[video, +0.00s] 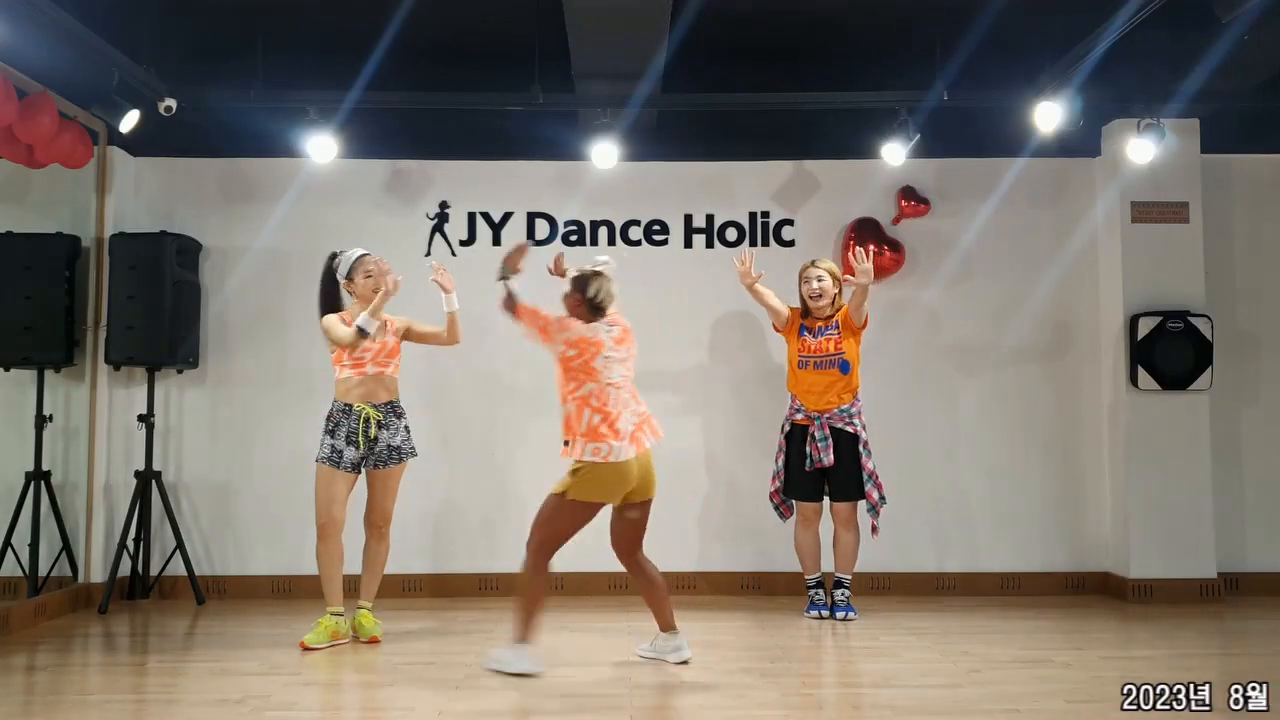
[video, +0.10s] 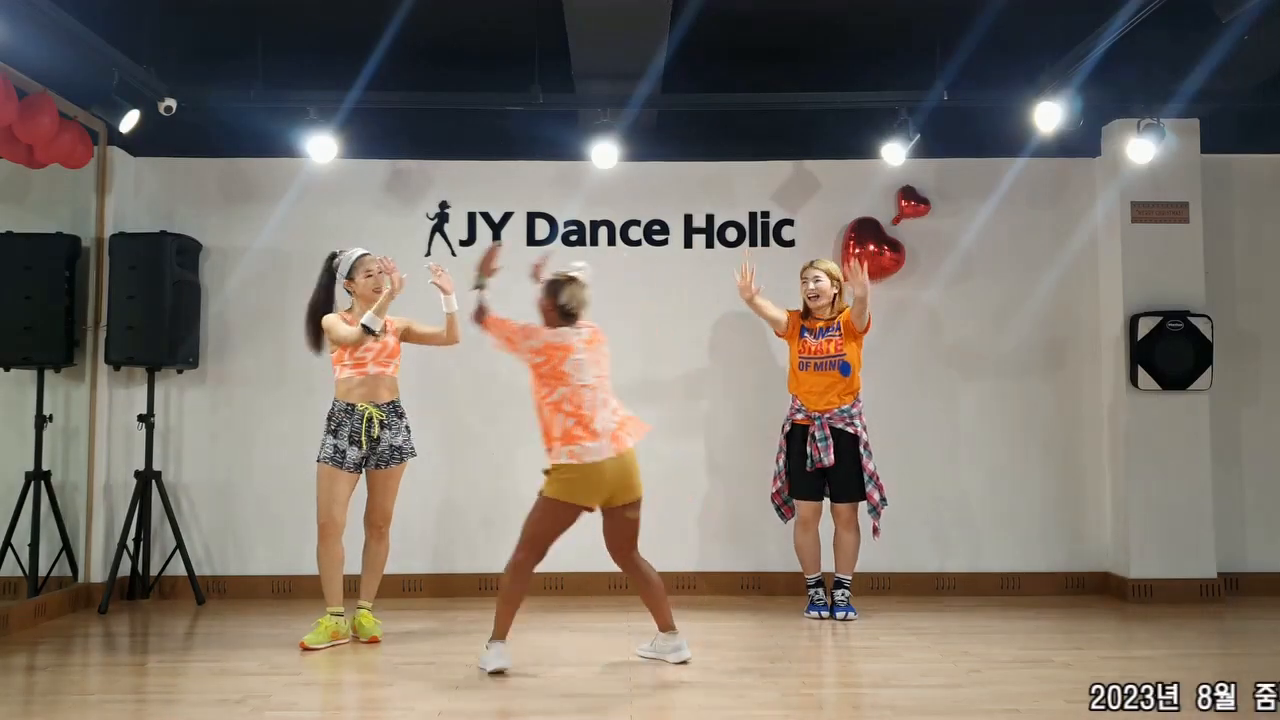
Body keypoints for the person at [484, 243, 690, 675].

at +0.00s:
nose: (566, 299)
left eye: (571, 295)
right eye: (568, 293)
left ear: (581, 302)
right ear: (604, 302)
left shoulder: (568, 334)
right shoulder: (622, 332)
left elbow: (512, 306)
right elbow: (601, 299)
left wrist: (507, 272)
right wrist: (569, 275)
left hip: (599, 467)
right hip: (640, 464)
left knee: (539, 548)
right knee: (630, 552)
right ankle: (672, 637)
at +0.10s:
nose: (540, 302)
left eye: (543, 297)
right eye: (541, 297)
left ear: (551, 305)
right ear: (579, 305)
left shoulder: (541, 343)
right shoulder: (595, 338)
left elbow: (481, 317)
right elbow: (563, 314)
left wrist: (482, 276)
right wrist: (544, 283)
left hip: (575, 470)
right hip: (622, 465)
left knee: (524, 559)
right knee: (627, 554)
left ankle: (496, 645)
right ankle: (671, 637)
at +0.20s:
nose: (511, 305)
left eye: (513, 301)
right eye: (511, 300)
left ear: (521, 306)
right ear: (550, 305)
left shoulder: (516, 344)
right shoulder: (568, 333)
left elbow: (457, 323)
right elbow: (526, 313)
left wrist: (443, 286)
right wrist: (492, 286)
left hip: (569, 460)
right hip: (615, 449)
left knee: (521, 552)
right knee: (635, 544)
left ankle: (497, 643)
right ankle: (670, 636)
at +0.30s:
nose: (494, 304)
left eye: (499, 299)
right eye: (498, 299)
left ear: (509, 305)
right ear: (536, 304)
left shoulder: (506, 334)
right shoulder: (548, 328)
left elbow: (446, 322)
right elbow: (488, 318)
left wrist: (406, 299)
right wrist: (453, 300)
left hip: (568, 446)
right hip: (611, 434)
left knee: (527, 548)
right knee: (635, 528)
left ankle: (501, 641)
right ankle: (681, 616)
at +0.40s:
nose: (500, 297)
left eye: (503, 293)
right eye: (504, 293)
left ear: (507, 300)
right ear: (539, 299)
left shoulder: (498, 333)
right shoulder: (552, 328)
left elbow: (439, 319)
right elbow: (492, 317)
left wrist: (405, 297)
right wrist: (453, 297)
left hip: (561, 444)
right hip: (605, 430)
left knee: (526, 547)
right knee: (639, 520)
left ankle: (502, 641)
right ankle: (688, 594)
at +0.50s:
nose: (554, 296)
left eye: (545, 291)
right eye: (553, 291)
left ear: (516, 297)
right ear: (550, 296)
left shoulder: (501, 333)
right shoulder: (569, 327)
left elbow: (448, 339)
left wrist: (441, 301)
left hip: (551, 440)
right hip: (599, 427)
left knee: (522, 544)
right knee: (643, 517)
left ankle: (500, 639)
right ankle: (678, 592)